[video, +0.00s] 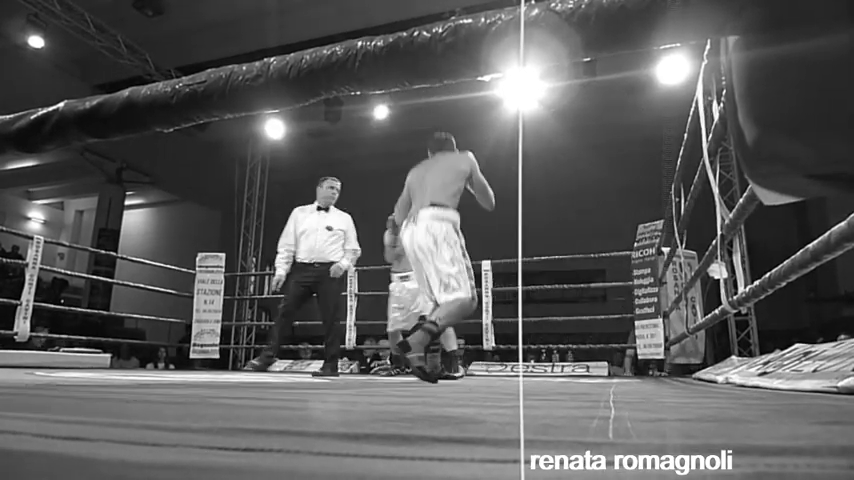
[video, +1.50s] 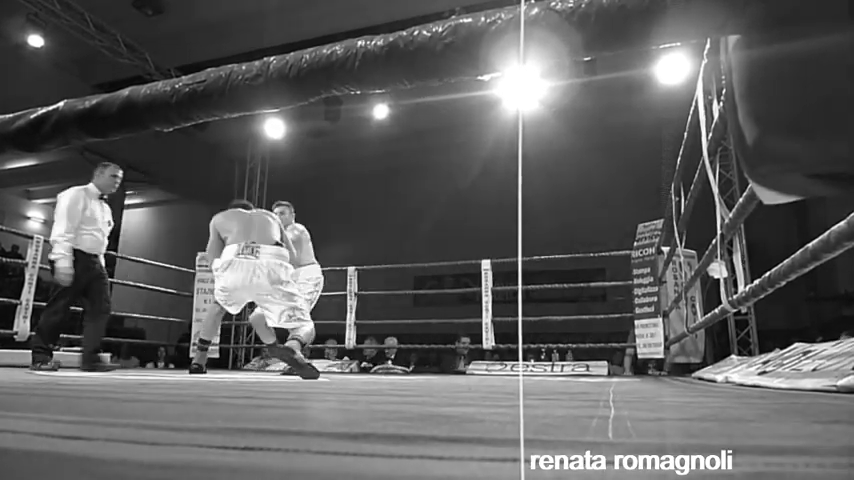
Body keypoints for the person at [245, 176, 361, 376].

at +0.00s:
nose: (334, 193)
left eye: (337, 190)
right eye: (330, 188)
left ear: (338, 195)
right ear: (318, 190)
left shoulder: (344, 219)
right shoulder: (299, 213)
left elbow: (353, 250)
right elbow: (286, 247)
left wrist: (343, 264)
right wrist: (281, 271)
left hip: (330, 272)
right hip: (301, 270)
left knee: (332, 319)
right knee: (285, 310)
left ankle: (331, 365)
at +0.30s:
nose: (293, 187)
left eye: (295, 184)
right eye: (289, 182)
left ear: (294, 189)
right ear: (276, 181)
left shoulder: (287, 214)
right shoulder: (253, 201)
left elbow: (283, 247)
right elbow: (238, 234)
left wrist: (293, 265)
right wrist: (239, 264)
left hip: (279, 266)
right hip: (256, 263)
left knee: (284, 313)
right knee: (250, 312)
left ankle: (283, 361)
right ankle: (242, 361)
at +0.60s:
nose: (249, 184)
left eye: (251, 181)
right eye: (246, 180)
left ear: (249, 185)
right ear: (232, 179)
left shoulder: (236, 209)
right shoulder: (213, 199)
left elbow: (231, 247)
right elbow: (197, 230)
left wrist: (247, 263)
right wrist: (191, 262)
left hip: (226, 260)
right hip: (213, 256)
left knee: (207, 311)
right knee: (227, 309)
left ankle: (164, 347)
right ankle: (234, 361)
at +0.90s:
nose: (204, 184)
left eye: (206, 181)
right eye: (201, 178)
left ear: (203, 185)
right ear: (186, 177)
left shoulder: (191, 210)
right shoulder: (165, 196)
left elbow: (189, 245)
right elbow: (155, 229)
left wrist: (195, 270)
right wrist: (156, 260)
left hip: (182, 261)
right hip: (167, 258)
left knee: (161, 309)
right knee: (170, 306)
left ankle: (141, 360)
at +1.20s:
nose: (159, 184)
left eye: (161, 181)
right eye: (155, 178)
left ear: (160, 185)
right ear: (140, 177)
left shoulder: (147, 211)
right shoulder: (117, 198)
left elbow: (143, 241)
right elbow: (114, 231)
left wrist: (141, 260)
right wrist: (131, 256)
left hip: (135, 261)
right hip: (110, 256)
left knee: (136, 311)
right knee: (89, 305)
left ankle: (139, 361)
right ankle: (48, 350)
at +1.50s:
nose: (118, 182)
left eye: (120, 179)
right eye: (114, 177)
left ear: (119, 183)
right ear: (99, 174)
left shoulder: (105, 209)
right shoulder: (74, 195)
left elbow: (100, 243)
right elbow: (62, 230)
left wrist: (101, 267)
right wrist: (63, 261)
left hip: (95, 262)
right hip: (73, 256)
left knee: (100, 307)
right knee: (58, 306)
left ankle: (90, 357)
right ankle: (40, 355)